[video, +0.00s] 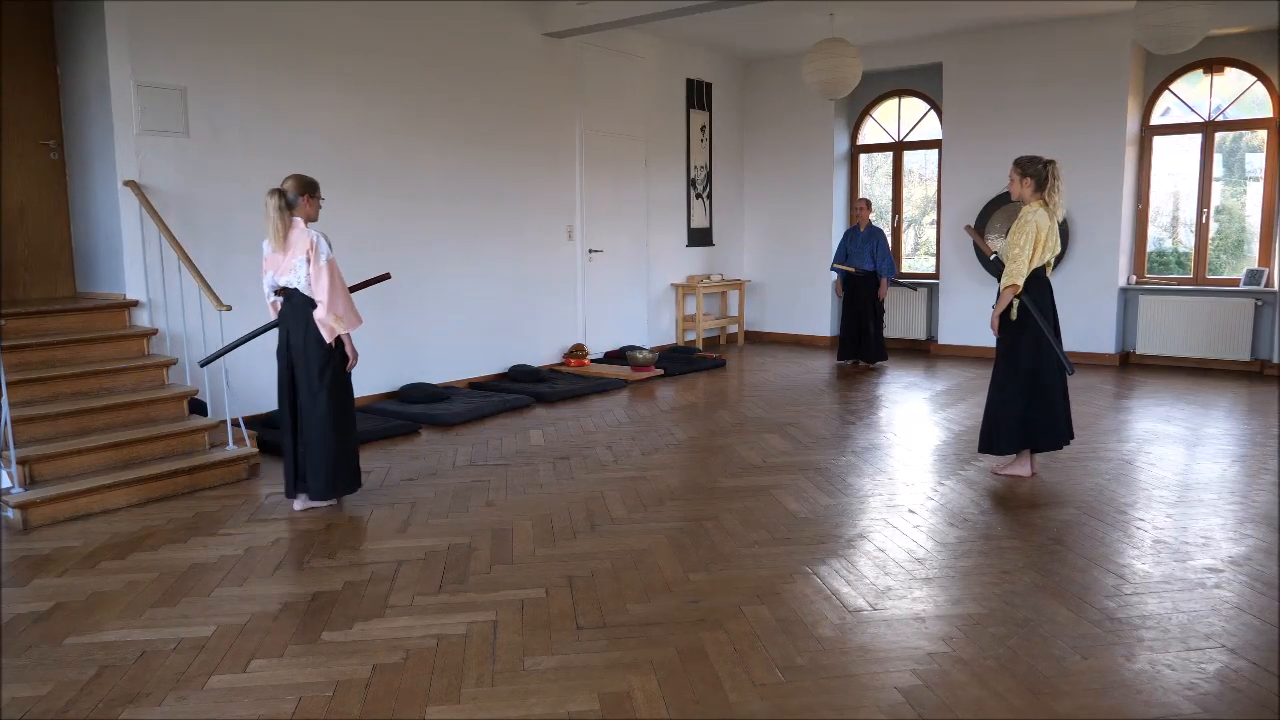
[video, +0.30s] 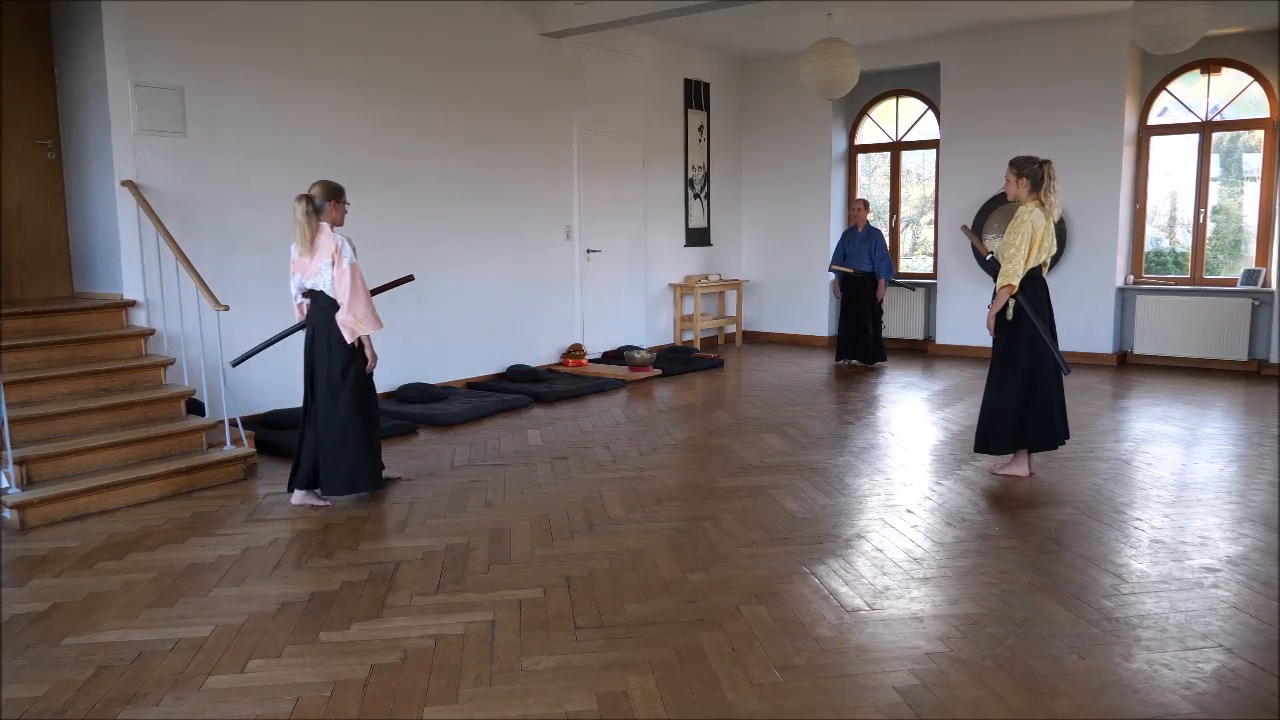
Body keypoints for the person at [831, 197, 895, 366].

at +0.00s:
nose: (858, 212)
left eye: (861, 209)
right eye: (856, 209)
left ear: (869, 211)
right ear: (853, 211)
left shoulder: (877, 233)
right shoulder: (849, 233)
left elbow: (884, 260)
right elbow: (840, 257)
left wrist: (883, 284)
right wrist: (838, 279)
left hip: (870, 279)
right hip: (851, 279)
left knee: (870, 318)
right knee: (851, 318)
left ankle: (870, 358)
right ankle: (853, 356)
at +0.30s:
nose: (855, 213)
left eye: (859, 209)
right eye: (853, 210)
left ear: (867, 212)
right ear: (850, 212)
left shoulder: (875, 234)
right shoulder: (847, 234)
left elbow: (882, 260)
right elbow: (838, 258)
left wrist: (881, 284)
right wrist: (836, 280)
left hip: (868, 280)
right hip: (849, 280)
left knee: (867, 319)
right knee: (849, 318)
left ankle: (868, 358)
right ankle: (848, 356)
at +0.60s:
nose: (851, 214)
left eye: (854, 211)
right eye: (848, 211)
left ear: (862, 213)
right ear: (846, 212)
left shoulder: (870, 235)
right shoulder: (842, 234)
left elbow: (878, 261)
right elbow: (833, 258)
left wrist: (878, 285)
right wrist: (831, 281)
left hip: (864, 281)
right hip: (844, 281)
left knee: (864, 320)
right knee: (841, 318)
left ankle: (865, 358)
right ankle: (837, 355)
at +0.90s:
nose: (840, 215)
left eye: (844, 212)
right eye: (839, 212)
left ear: (852, 214)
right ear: (837, 214)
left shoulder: (861, 236)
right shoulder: (832, 235)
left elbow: (869, 262)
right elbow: (823, 260)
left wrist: (870, 286)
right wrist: (820, 282)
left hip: (855, 283)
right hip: (834, 282)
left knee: (856, 321)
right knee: (829, 321)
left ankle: (857, 360)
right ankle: (827, 359)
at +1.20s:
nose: (824, 215)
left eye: (828, 212)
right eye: (822, 212)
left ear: (836, 213)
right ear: (821, 214)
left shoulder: (845, 236)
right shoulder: (816, 235)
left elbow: (853, 262)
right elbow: (807, 259)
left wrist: (853, 286)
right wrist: (805, 282)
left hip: (839, 283)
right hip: (818, 282)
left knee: (841, 322)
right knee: (819, 321)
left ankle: (845, 360)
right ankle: (822, 359)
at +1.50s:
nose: (810, 215)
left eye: (814, 212)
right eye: (808, 212)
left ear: (822, 213)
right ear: (806, 214)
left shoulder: (832, 236)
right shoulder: (802, 235)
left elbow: (840, 263)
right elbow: (793, 261)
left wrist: (841, 289)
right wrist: (791, 284)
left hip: (825, 283)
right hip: (805, 283)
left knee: (824, 324)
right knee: (805, 323)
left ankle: (823, 363)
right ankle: (805, 362)